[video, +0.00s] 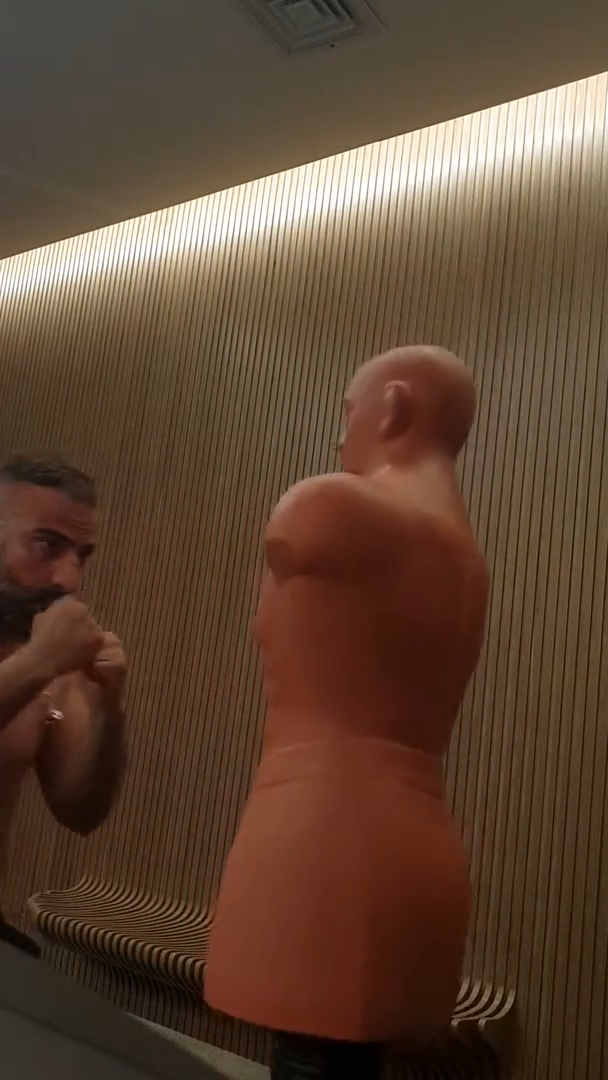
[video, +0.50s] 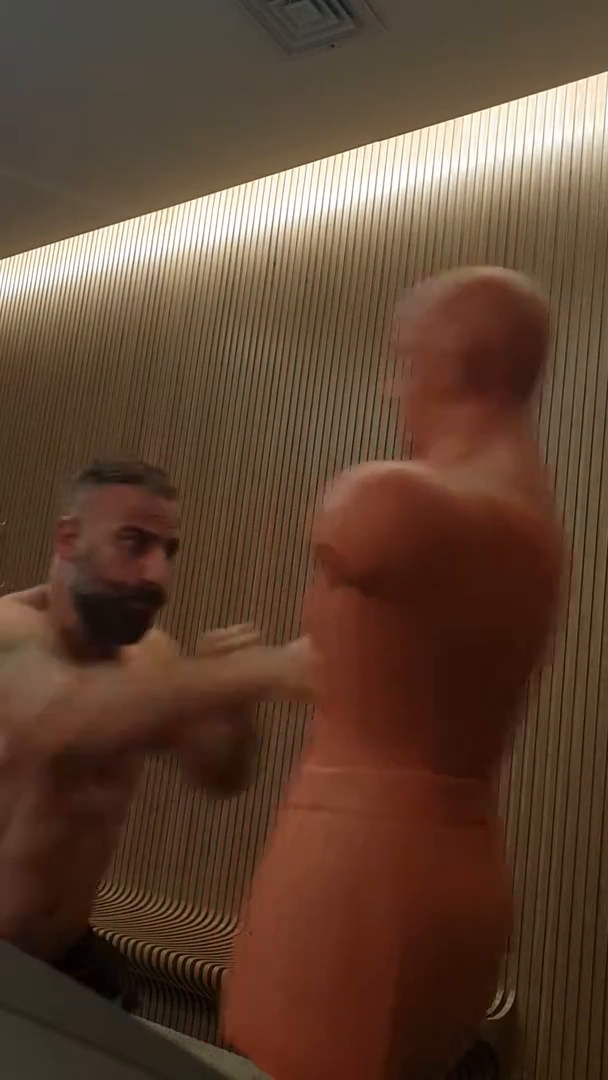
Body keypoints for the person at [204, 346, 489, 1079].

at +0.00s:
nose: (342, 432)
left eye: (350, 413)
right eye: (344, 415)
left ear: (393, 410)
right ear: (455, 433)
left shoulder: (339, 509)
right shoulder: (465, 552)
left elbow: (289, 533)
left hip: (323, 842)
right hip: (415, 834)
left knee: (310, 1063)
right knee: (374, 1063)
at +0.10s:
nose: (362, 418)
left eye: (373, 396)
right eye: (366, 397)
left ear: (416, 400)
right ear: (481, 428)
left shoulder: (345, 505)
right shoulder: (487, 553)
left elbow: (296, 537)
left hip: (329, 856)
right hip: (432, 850)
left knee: (310, 1062)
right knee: (388, 1063)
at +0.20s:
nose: (374, 396)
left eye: (385, 371)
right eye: (378, 373)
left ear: (434, 375)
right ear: (501, 402)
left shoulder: (350, 503)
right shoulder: (504, 543)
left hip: (332, 865)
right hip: (438, 858)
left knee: (298, 1062)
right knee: (397, 1063)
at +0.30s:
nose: (368, 375)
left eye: (381, 348)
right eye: (373, 350)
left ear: (432, 356)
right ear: (501, 381)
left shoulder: (337, 504)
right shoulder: (507, 532)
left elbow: (276, 621)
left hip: (325, 875)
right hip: (441, 860)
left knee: (280, 1065)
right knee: (397, 1066)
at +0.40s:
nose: (379, 368)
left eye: (393, 339)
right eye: (385, 342)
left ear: (448, 348)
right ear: (517, 370)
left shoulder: (351, 508)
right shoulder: (519, 530)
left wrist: (402, 461)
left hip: (331, 889)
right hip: (446, 872)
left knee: (278, 1065)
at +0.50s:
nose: (394, 385)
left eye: (403, 361)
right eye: (398, 360)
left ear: (439, 367)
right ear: (518, 377)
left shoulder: (395, 505)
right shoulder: (533, 528)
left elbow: (345, 527)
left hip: (356, 871)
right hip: (457, 860)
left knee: (300, 1063)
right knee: (404, 1065)